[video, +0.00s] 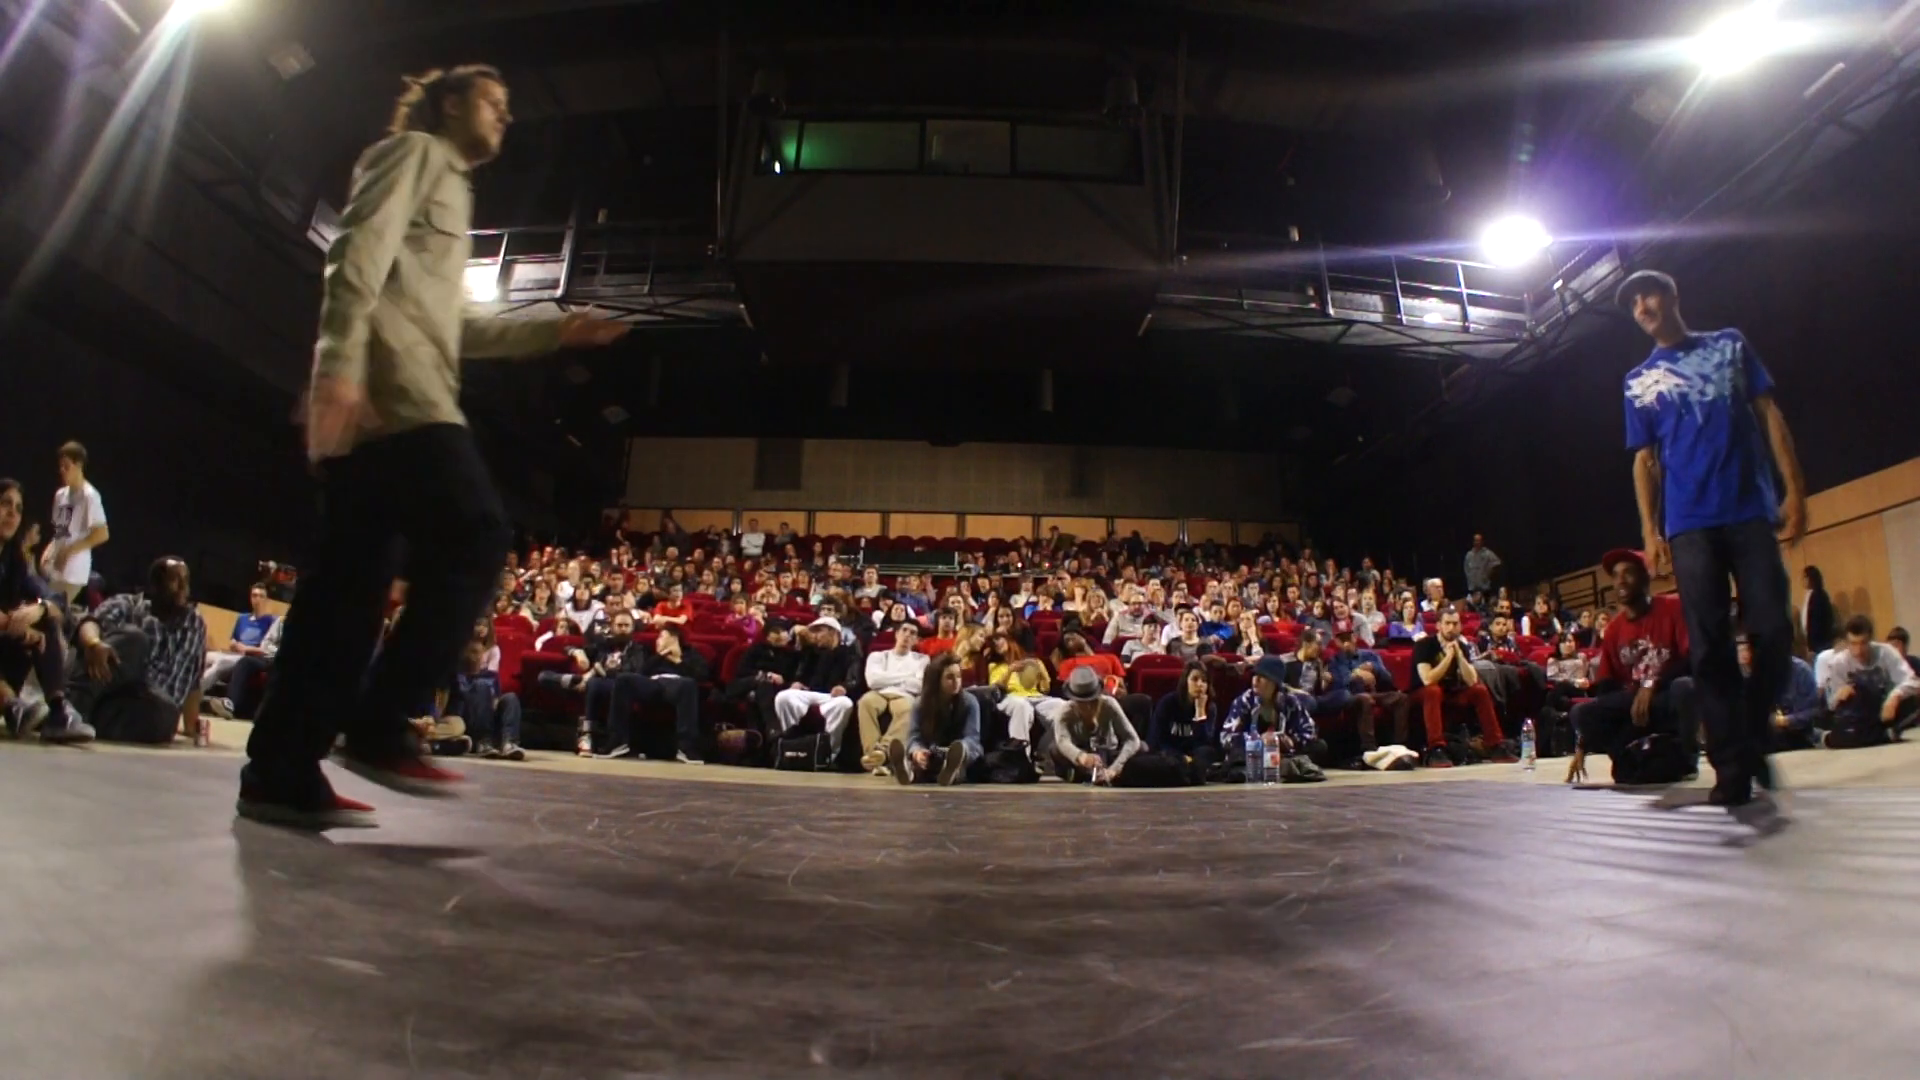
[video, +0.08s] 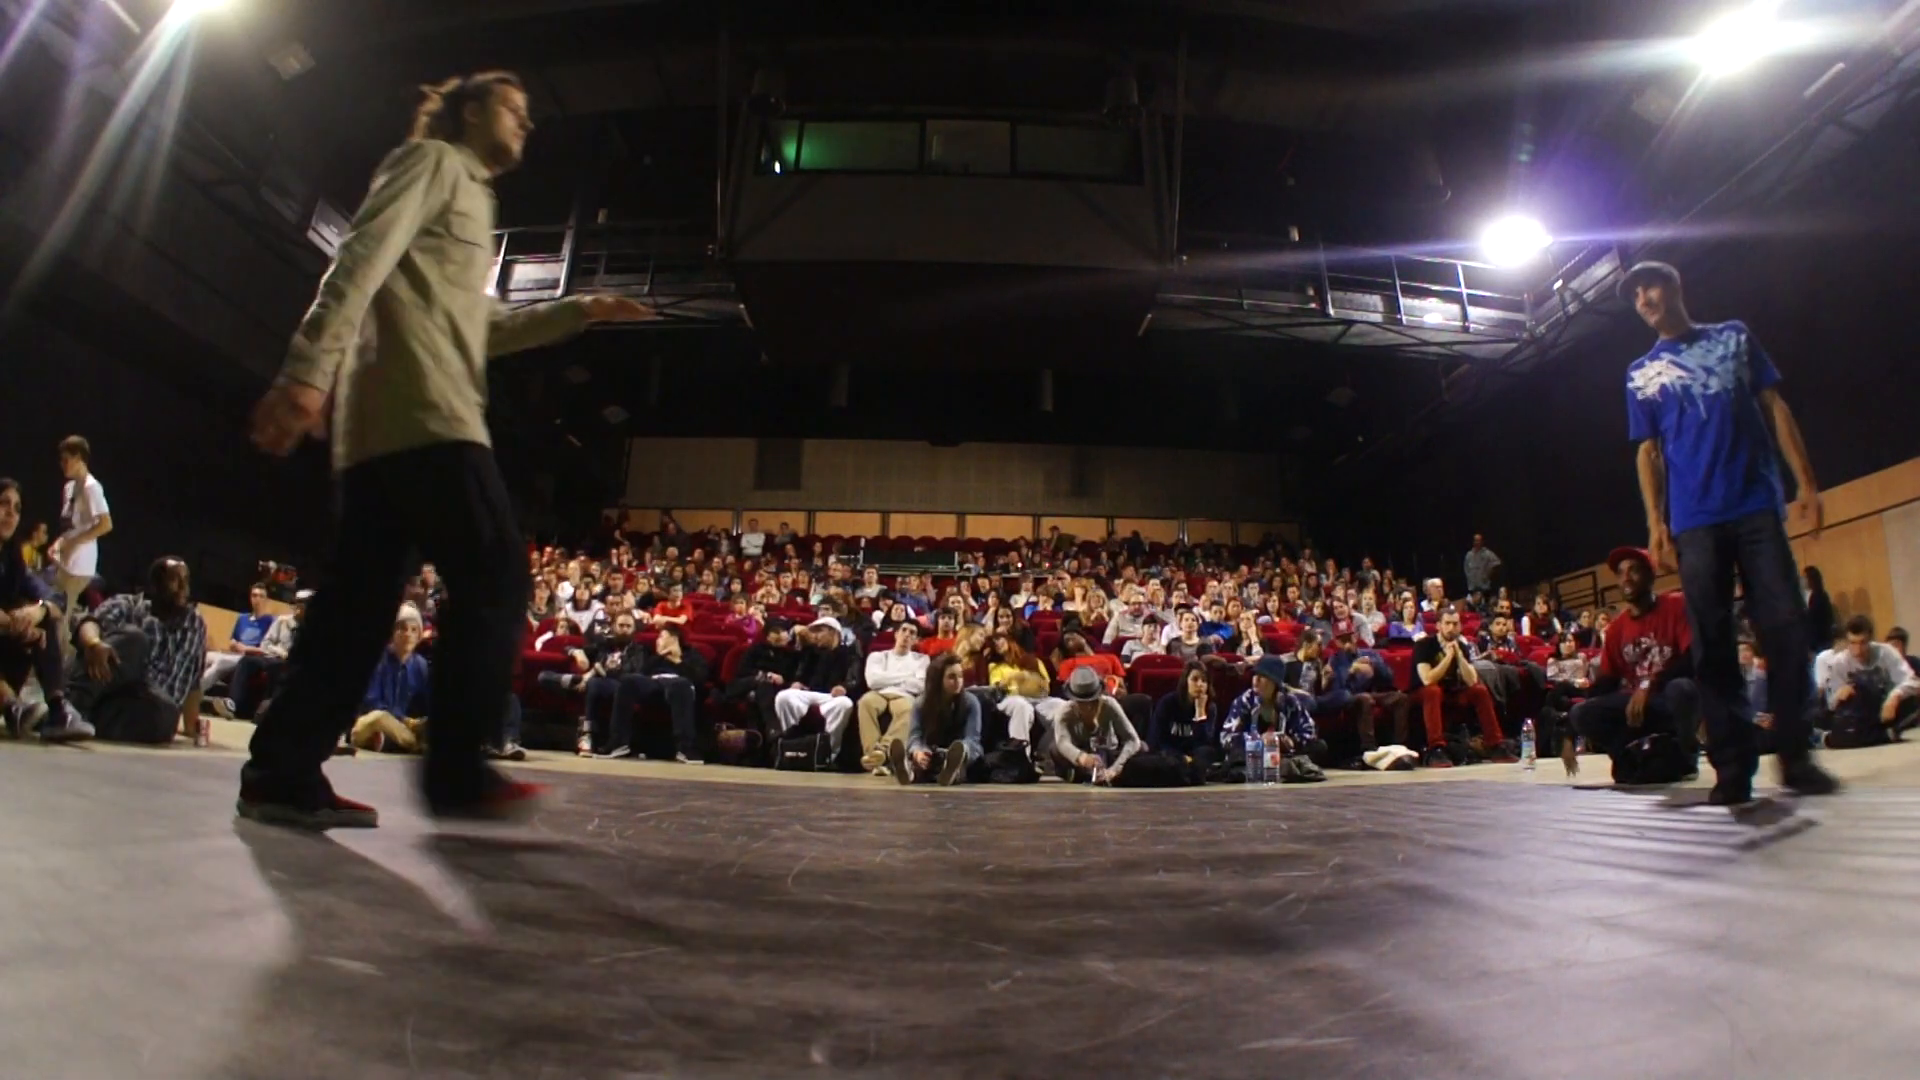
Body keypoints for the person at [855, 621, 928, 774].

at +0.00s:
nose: (907, 635)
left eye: (912, 633)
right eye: (904, 631)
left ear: (916, 640)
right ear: (896, 634)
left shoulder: (922, 659)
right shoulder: (876, 656)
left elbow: (919, 686)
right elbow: (873, 680)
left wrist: (886, 680)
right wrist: (907, 678)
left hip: (904, 694)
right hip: (880, 691)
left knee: (906, 711)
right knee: (865, 703)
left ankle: (884, 749)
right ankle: (875, 760)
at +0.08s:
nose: (907, 635)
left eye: (912, 633)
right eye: (904, 631)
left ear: (916, 639)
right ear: (896, 634)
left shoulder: (922, 659)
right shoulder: (876, 656)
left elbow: (920, 686)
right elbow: (873, 680)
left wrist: (886, 681)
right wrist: (907, 678)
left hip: (904, 694)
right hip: (880, 691)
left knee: (906, 711)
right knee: (865, 703)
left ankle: (883, 750)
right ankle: (875, 760)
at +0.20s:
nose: (907, 635)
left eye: (912, 633)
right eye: (904, 631)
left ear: (915, 639)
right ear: (896, 634)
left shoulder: (922, 659)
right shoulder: (876, 656)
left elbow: (922, 686)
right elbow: (873, 680)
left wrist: (888, 681)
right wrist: (907, 678)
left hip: (904, 694)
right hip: (880, 691)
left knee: (906, 710)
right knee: (865, 703)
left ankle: (884, 750)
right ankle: (875, 760)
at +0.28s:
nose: (907, 636)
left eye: (912, 633)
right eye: (904, 631)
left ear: (916, 640)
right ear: (896, 634)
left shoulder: (922, 659)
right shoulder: (876, 656)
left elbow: (922, 685)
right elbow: (873, 681)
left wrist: (888, 681)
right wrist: (907, 678)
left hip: (904, 694)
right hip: (880, 691)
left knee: (906, 710)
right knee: (865, 703)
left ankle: (884, 749)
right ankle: (874, 760)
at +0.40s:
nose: (909, 635)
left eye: (913, 633)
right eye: (906, 631)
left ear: (916, 639)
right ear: (896, 634)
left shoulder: (922, 659)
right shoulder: (876, 656)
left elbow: (922, 685)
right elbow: (873, 680)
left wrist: (888, 682)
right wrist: (907, 678)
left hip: (904, 694)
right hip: (880, 692)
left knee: (906, 710)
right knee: (865, 703)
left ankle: (884, 749)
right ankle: (874, 759)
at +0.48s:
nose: (910, 636)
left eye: (915, 633)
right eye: (907, 631)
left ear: (917, 639)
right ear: (897, 634)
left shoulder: (922, 659)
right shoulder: (876, 656)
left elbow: (922, 685)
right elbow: (873, 680)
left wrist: (888, 681)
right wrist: (908, 678)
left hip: (904, 694)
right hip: (880, 691)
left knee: (907, 710)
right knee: (865, 703)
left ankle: (884, 749)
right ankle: (874, 759)